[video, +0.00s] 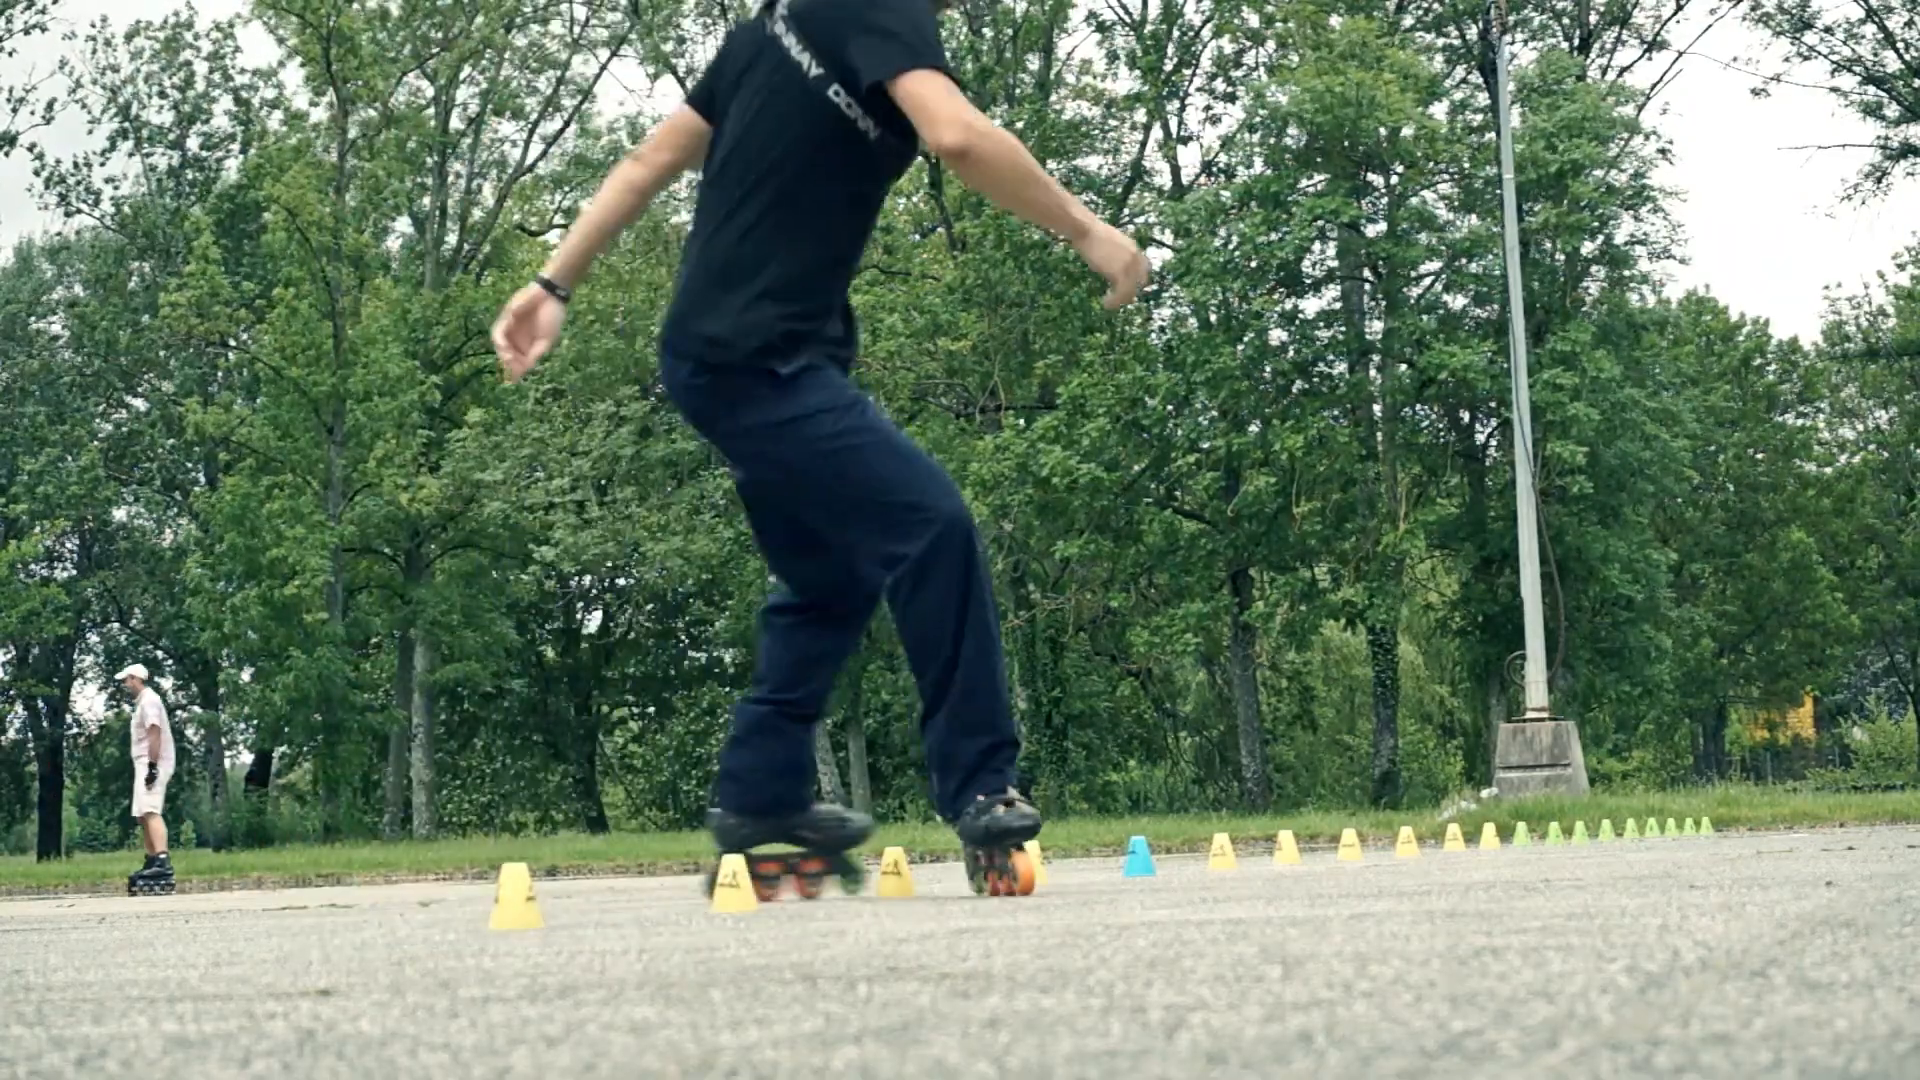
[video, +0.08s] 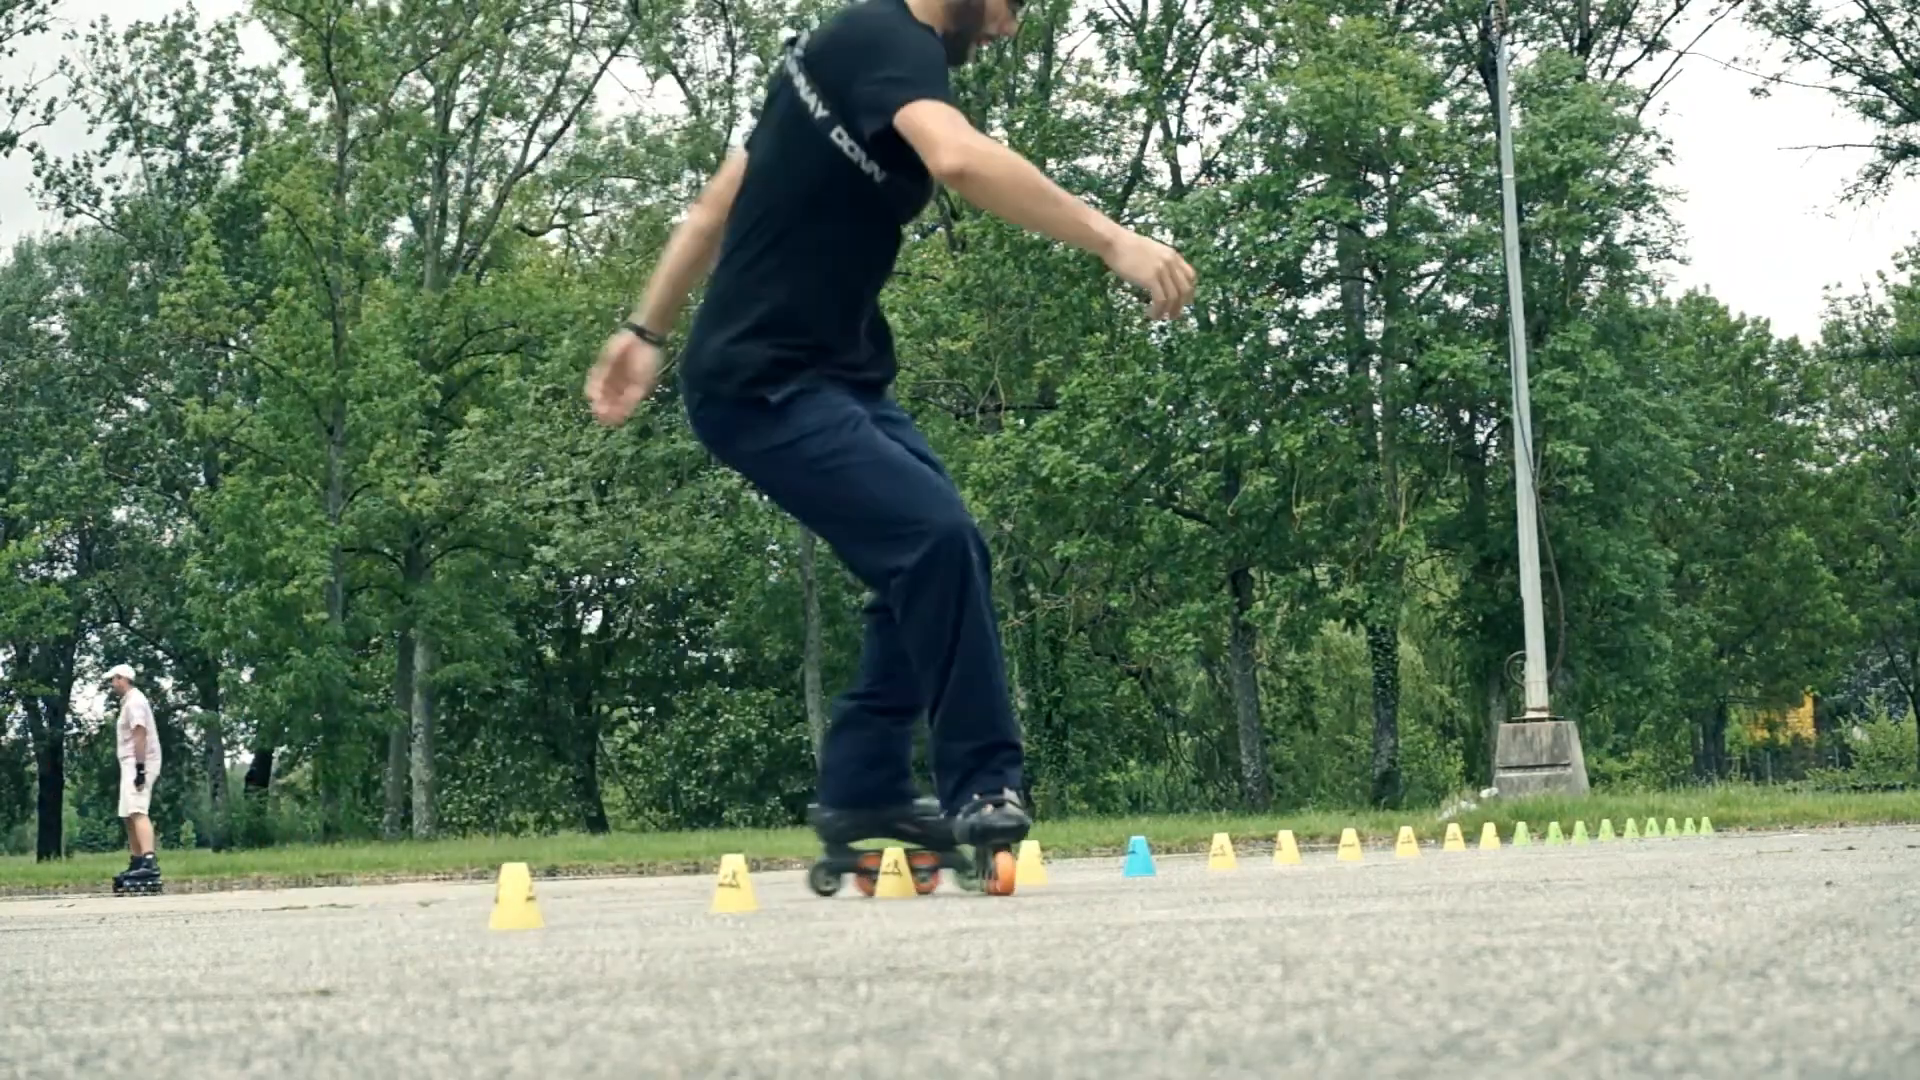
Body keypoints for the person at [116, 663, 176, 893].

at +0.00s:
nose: (124, 685)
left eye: (127, 680)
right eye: (124, 681)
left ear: (137, 679)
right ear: (134, 681)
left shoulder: (149, 699)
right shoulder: (143, 701)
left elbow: (154, 732)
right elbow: (149, 735)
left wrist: (152, 764)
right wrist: (144, 763)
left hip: (153, 761)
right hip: (144, 760)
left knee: (150, 811)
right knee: (143, 813)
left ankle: (162, 860)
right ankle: (152, 859)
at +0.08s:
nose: (112, 685)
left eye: (114, 680)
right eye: (111, 681)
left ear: (124, 679)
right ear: (121, 680)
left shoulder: (134, 700)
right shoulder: (129, 701)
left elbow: (140, 733)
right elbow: (134, 736)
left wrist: (140, 766)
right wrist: (129, 766)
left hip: (139, 761)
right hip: (130, 761)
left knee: (138, 811)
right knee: (128, 812)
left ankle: (148, 860)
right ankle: (137, 859)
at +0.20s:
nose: (89, 685)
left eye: (91, 680)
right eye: (88, 681)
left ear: (102, 680)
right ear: (100, 681)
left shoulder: (113, 701)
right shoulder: (108, 702)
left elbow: (118, 734)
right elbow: (113, 736)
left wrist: (118, 767)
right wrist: (110, 766)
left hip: (121, 760)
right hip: (110, 760)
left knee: (117, 811)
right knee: (108, 813)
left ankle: (129, 859)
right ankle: (116, 858)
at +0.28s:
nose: (74, 685)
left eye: (77, 681)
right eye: (74, 681)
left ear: (87, 680)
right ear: (84, 682)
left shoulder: (98, 702)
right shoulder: (92, 702)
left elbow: (102, 735)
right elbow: (98, 736)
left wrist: (100, 767)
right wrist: (95, 766)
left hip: (108, 760)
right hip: (96, 760)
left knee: (104, 812)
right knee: (94, 815)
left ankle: (114, 860)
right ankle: (102, 860)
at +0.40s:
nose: (51, 687)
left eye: (54, 683)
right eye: (51, 683)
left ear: (64, 683)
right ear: (62, 684)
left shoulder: (75, 702)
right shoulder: (69, 704)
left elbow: (79, 733)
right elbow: (75, 735)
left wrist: (71, 764)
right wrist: (68, 763)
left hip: (89, 762)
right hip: (78, 763)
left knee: (82, 811)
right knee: (73, 814)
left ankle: (93, 862)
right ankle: (80, 861)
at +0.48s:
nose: (35, 689)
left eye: (37, 684)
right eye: (34, 685)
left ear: (48, 683)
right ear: (48, 684)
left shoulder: (60, 702)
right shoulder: (56, 704)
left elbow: (62, 733)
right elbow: (60, 736)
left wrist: (54, 764)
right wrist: (53, 764)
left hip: (74, 763)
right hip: (65, 764)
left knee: (69, 813)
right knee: (59, 815)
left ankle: (79, 864)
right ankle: (67, 863)